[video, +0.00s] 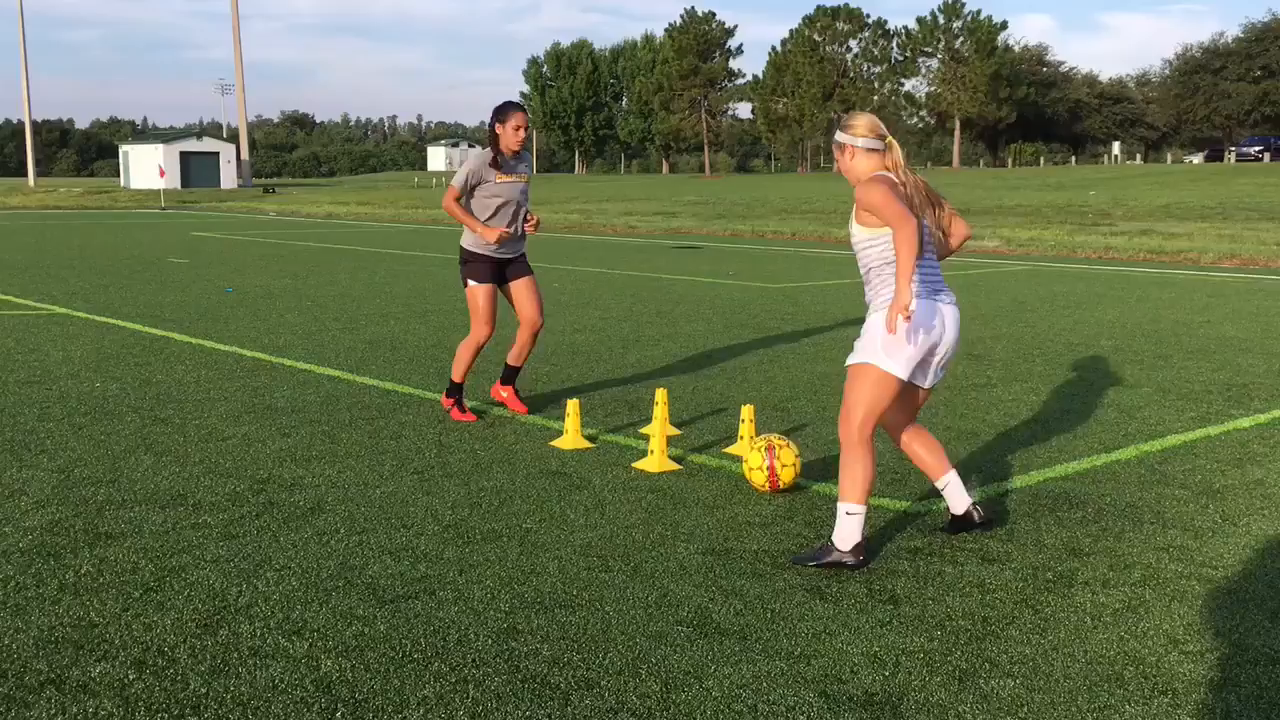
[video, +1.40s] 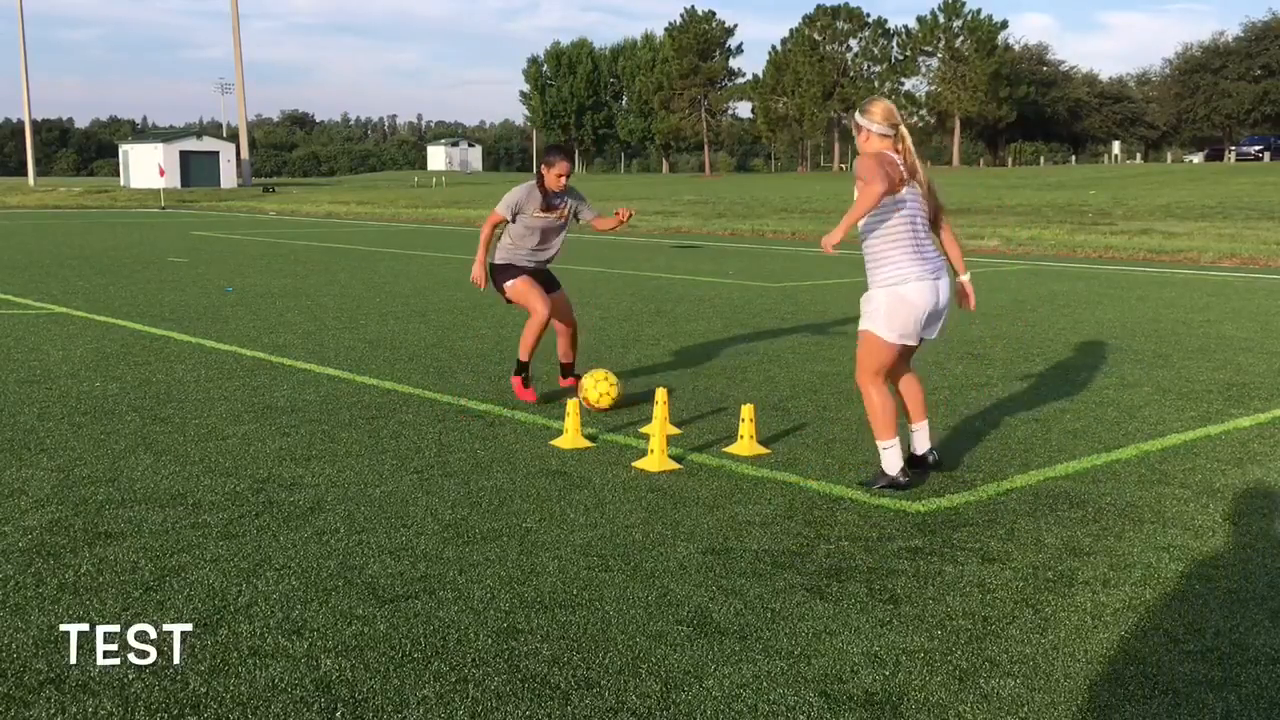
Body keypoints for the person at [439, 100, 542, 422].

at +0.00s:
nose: (523, 135)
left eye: (526, 129)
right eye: (517, 129)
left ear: (526, 131)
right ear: (497, 129)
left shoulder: (523, 163)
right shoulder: (478, 162)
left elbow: (516, 202)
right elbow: (448, 201)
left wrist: (528, 217)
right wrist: (482, 229)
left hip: (513, 254)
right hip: (479, 256)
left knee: (532, 320)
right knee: (482, 331)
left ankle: (505, 386)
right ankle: (452, 396)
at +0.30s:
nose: (555, 143)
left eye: (557, 137)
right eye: (549, 137)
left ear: (556, 140)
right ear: (532, 139)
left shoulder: (556, 172)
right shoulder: (513, 174)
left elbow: (552, 207)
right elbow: (492, 215)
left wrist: (569, 221)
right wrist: (502, 249)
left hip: (548, 263)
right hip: (517, 262)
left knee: (559, 326)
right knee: (508, 329)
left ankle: (542, 382)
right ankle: (468, 394)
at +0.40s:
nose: (564, 132)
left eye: (565, 127)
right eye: (558, 127)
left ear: (564, 130)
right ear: (540, 128)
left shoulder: (565, 156)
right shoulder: (522, 161)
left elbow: (560, 193)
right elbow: (503, 201)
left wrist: (578, 209)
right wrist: (521, 232)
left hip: (556, 248)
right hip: (526, 247)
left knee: (556, 318)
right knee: (529, 317)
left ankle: (544, 379)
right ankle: (499, 380)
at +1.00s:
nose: (591, 160)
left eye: (593, 155)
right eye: (586, 155)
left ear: (593, 155)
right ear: (569, 151)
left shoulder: (583, 177)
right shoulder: (551, 178)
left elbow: (582, 206)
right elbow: (521, 213)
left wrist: (607, 225)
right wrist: (527, 249)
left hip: (567, 256)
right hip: (542, 256)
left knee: (580, 316)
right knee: (574, 315)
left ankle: (570, 374)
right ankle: (536, 367)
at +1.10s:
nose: (590, 172)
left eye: (593, 166)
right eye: (586, 165)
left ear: (595, 165)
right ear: (569, 162)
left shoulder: (586, 189)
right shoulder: (546, 186)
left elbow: (601, 217)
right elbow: (510, 214)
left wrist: (628, 239)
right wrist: (501, 254)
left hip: (553, 258)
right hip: (533, 257)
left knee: (576, 313)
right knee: (586, 299)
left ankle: (570, 371)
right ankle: (565, 359)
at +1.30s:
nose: (580, 186)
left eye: (583, 181)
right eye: (575, 180)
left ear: (586, 179)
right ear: (560, 175)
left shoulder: (583, 205)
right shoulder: (535, 195)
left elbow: (611, 228)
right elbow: (502, 222)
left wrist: (644, 239)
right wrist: (489, 260)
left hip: (540, 266)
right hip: (513, 262)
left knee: (571, 315)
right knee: (568, 296)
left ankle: (568, 374)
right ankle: (585, 367)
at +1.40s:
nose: (564, 182)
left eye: (567, 176)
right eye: (559, 176)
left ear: (570, 174)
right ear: (543, 171)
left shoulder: (571, 198)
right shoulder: (522, 195)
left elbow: (596, 222)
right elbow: (490, 224)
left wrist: (617, 221)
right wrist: (480, 262)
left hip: (538, 268)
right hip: (507, 266)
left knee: (566, 323)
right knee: (542, 308)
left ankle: (568, 378)